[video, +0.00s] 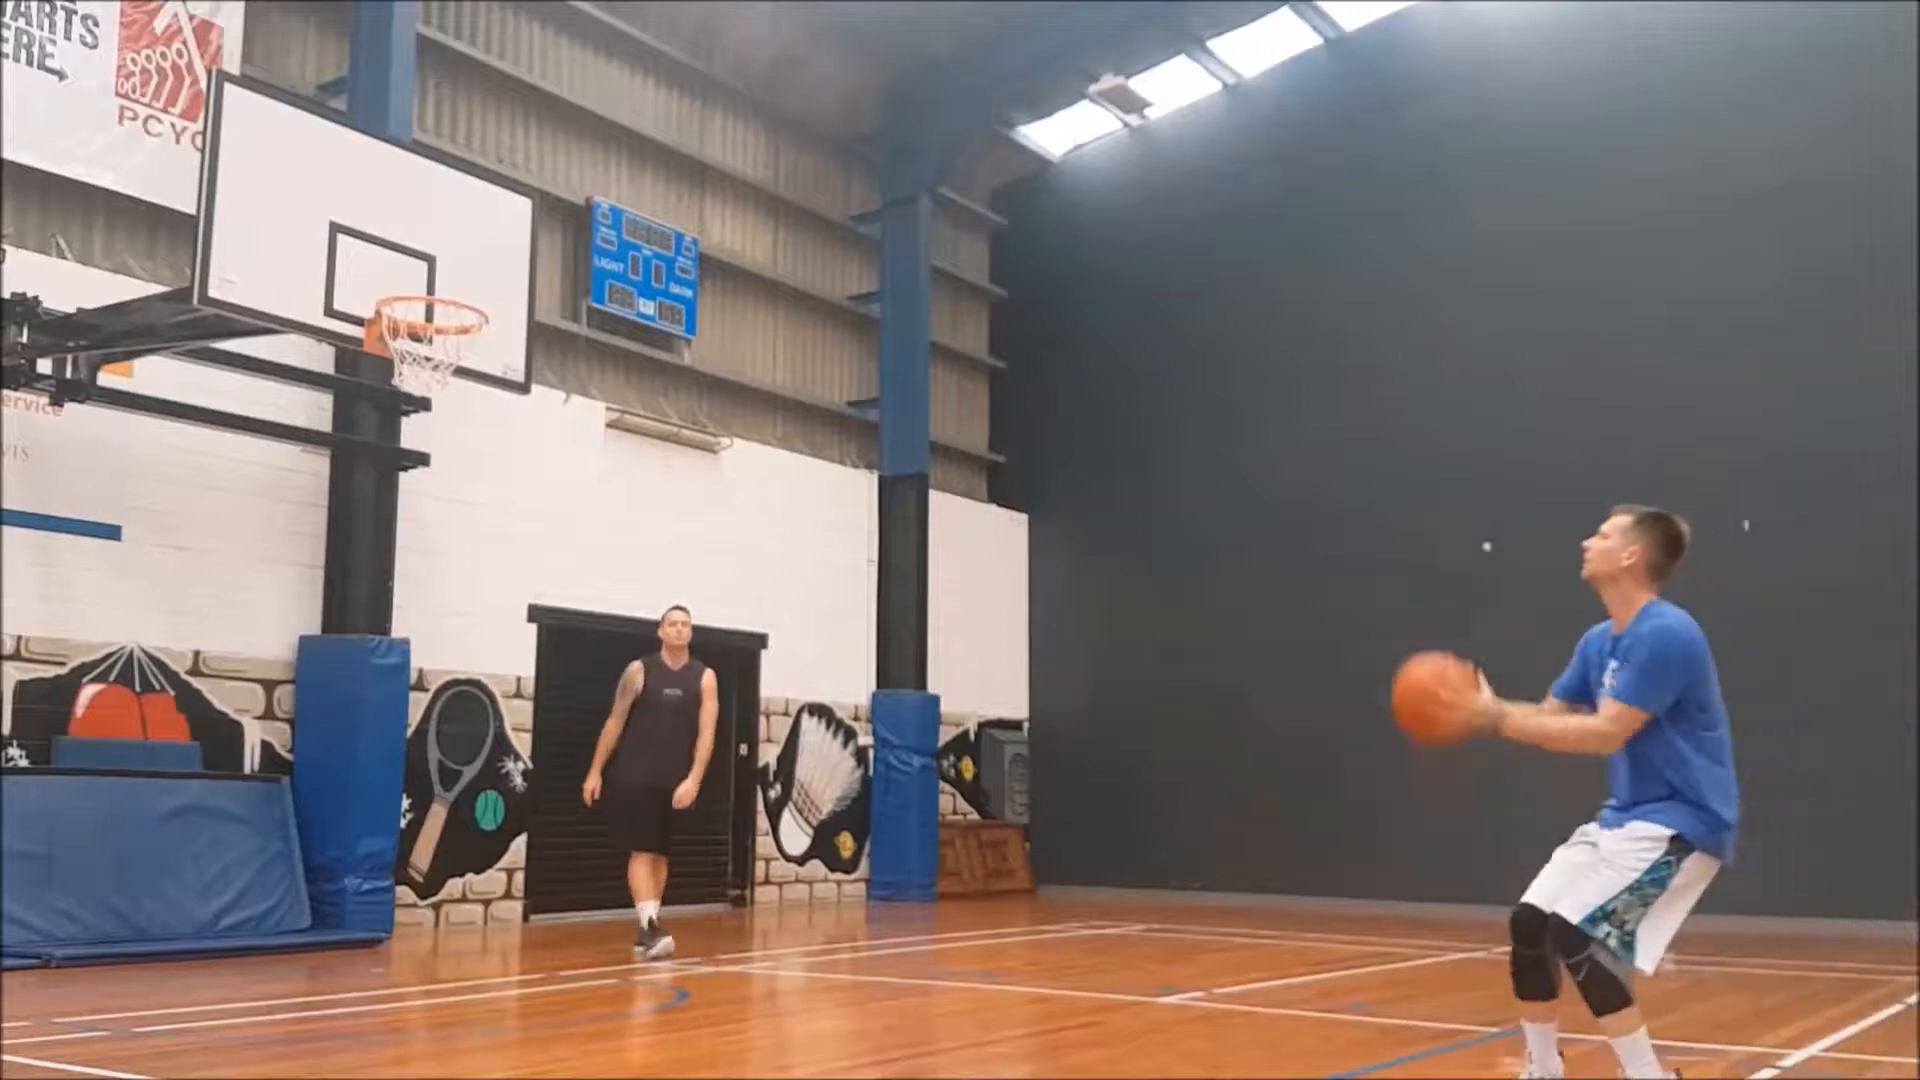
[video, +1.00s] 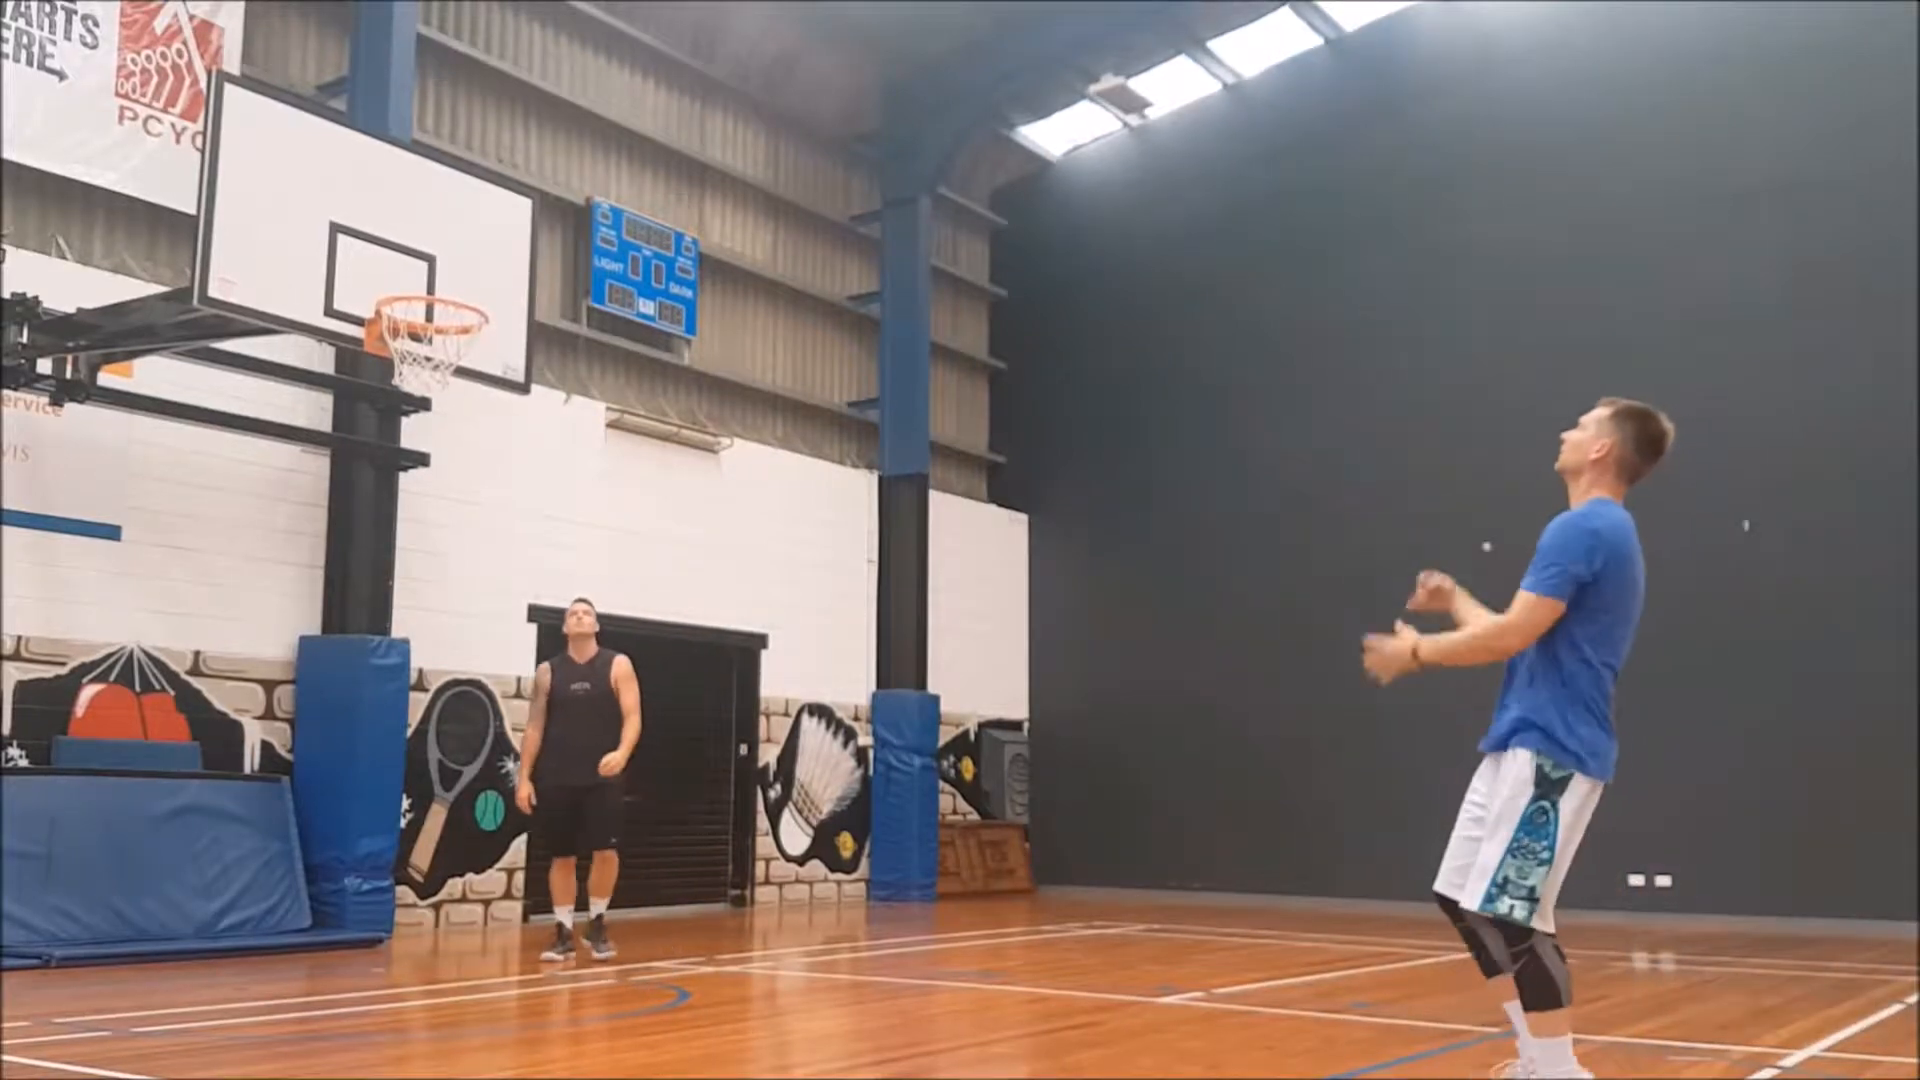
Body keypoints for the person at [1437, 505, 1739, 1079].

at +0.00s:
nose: (1586, 543)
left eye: (1601, 536)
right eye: (1594, 534)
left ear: (1632, 557)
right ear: (1627, 558)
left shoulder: (1666, 633)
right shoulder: (1598, 641)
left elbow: (1608, 734)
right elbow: (1556, 715)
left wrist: (1498, 719)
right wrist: (1483, 705)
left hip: (1683, 819)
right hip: (1625, 813)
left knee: (1577, 933)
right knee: (1531, 922)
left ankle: (1647, 1073)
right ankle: (1543, 1069)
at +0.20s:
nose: (1578, 460)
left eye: (1595, 455)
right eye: (1585, 452)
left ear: (1621, 482)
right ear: (1592, 473)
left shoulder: (1617, 546)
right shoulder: (1576, 543)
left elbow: (1487, 508)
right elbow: (1479, 511)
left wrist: (1504, 426)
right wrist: (1507, 436)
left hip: (1592, 770)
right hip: (1541, 761)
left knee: (1563, 928)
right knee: (1502, 914)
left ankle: (1643, 1067)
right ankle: (1538, 1063)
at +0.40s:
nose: (1568, 348)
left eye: (1582, 344)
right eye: (1575, 339)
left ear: (1608, 365)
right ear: (1602, 363)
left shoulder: (1593, 419)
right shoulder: (1557, 422)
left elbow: (1484, 358)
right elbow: (1483, 367)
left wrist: (1459, 265)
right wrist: (1481, 272)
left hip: (1555, 645)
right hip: (1517, 639)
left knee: (1542, 819)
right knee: (1511, 816)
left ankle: (1575, 986)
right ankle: (1522, 982)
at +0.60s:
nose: (1551, 366)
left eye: (1565, 359)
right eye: (1563, 357)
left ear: (1588, 378)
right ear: (1590, 383)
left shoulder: (1577, 438)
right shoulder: (1561, 434)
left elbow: (1463, 398)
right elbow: (1497, 364)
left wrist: (1409, 325)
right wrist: (1463, 283)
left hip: (1535, 669)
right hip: (1502, 662)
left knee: (1511, 849)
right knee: (1485, 845)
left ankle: (1527, 1022)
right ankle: (1486, 1015)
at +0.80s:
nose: (1546, 460)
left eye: (1562, 452)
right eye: (1558, 451)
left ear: (1585, 476)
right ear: (1590, 483)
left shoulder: (1576, 549)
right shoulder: (1566, 548)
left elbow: (1448, 555)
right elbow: (1468, 522)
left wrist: (1415, 475)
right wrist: (1475, 438)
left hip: (1529, 770)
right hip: (1501, 765)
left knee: (1481, 942)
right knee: (1449, 933)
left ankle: (1548, 1072)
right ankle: (1507, 1070)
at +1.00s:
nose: (1566, 433)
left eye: (1579, 425)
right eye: (1576, 423)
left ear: (1600, 447)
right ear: (1609, 453)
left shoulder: (1585, 528)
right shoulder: (1601, 530)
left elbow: (1509, 635)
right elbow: (1522, 640)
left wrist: (1414, 649)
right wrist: (1457, 602)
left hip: (1555, 750)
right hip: (1531, 743)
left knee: (1508, 908)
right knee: (1461, 895)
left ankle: (1559, 1069)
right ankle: (1536, 1053)